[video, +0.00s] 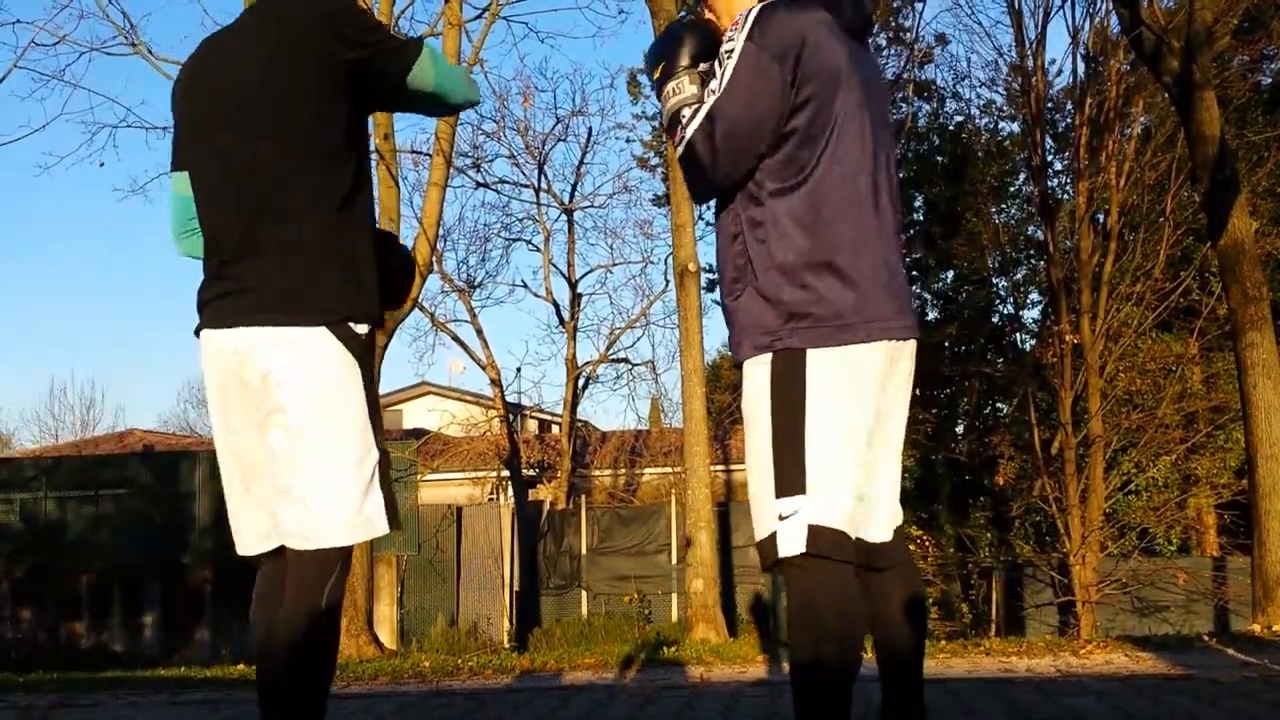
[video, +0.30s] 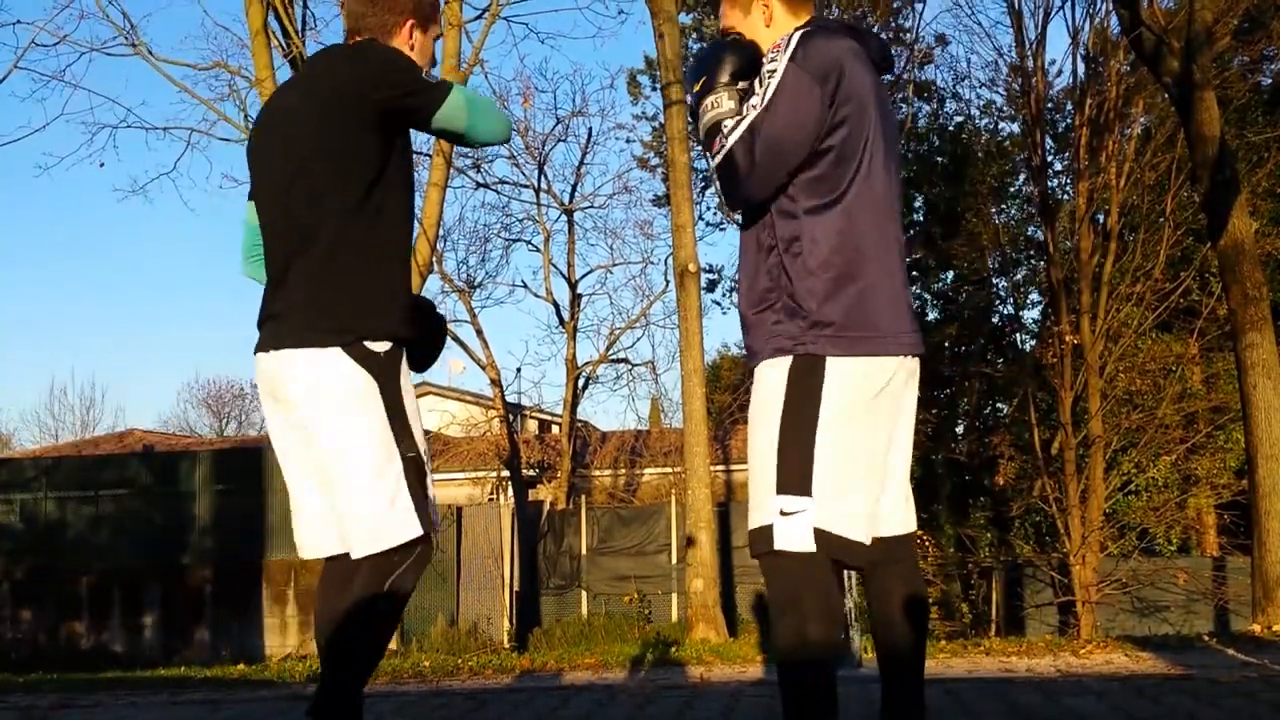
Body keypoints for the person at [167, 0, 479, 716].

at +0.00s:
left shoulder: (199, 66)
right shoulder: (331, 26)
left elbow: (188, 226)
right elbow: (459, 90)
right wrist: (371, 69)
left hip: (226, 332)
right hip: (311, 327)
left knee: (275, 544)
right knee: (319, 541)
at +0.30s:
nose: (431, 58)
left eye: (434, 42)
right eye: (432, 40)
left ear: (354, 22)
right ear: (410, 30)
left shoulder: (276, 111)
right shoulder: (374, 70)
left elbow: (258, 256)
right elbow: (493, 126)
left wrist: (389, 308)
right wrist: (437, 89)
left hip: (285, 350)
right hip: (345, 345)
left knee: (346, 542)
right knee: (403, 532)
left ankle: (335, 718)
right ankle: (335, 718)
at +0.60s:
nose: (482, 97)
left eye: (487, 83)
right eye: (483, 78)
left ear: (430, 49)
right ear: (452, 53)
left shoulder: (360, 108)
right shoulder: (401, 94)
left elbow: (379, 270)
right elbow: (499, 206)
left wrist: (467, 291)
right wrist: (456, 146)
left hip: (321, 347)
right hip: (370, 348)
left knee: (359, 536)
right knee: (465, 514)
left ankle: (344, 711)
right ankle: (445, 705)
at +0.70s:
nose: (494, 94)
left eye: (500, 81)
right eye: (497, 76)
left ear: (448, 49)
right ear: (463, 50)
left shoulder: (374, 105)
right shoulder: (415, 95)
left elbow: (403, 266)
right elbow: (500, 217)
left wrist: (499, 267)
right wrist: (496, 166)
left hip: (331, 346)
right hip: (381, 348)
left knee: (359, 538)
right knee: (459, 527)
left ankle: (345, 715)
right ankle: (485, 711)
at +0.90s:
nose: (536, 86)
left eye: (541, 71)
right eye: (534, 66)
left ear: (489, 47)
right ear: (492, 44)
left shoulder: (427, 105)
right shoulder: (449, 97)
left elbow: (458, 257)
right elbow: (535, 219)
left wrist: (549, 248)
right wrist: (548, 178)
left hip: (385, 347)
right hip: (420, 350)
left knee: (402, 539)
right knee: (479, 533)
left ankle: (357, 710)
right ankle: (498, 713)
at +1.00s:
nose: (558, 76)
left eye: (564, 61)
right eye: (555, 57)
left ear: (509, 35)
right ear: (513, 35)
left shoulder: (449, 98)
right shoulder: (469, 91)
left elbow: (481, 249)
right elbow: (538, 219)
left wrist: (568, 254)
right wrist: (562, 178)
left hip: (414, 342)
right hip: (446, 345)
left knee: (441, 534)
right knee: (493, 528)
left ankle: (378, 705)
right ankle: (503, 713)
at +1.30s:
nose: (609, 58)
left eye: (615, 44)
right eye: (605, 38)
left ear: (565, 25)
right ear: (558, 19)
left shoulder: (546, 112)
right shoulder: (492, 82)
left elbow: (537, 252)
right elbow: (474, 203)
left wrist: (615, 241)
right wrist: (570, 189)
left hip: (536, 348)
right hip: (479, 343)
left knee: (574, 520)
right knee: (510, 525)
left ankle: (553, 707)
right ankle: (507, 714)